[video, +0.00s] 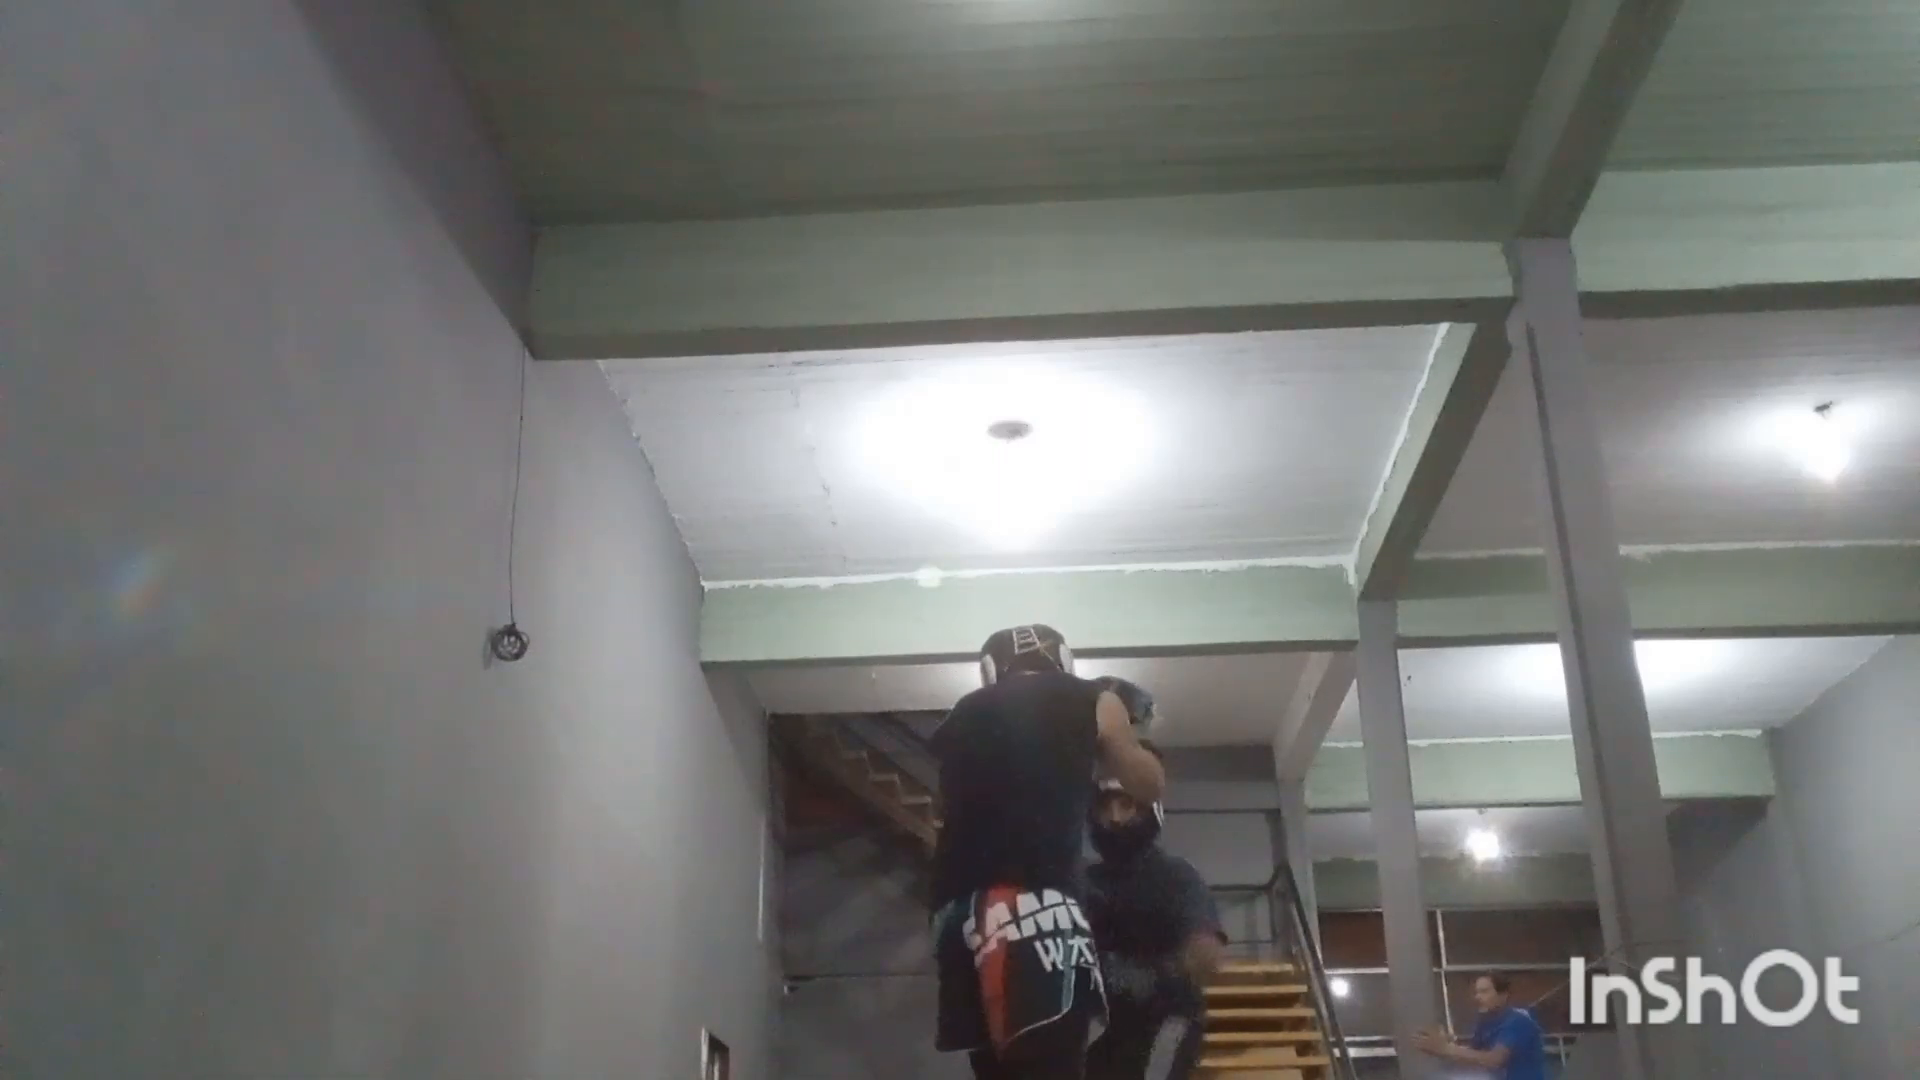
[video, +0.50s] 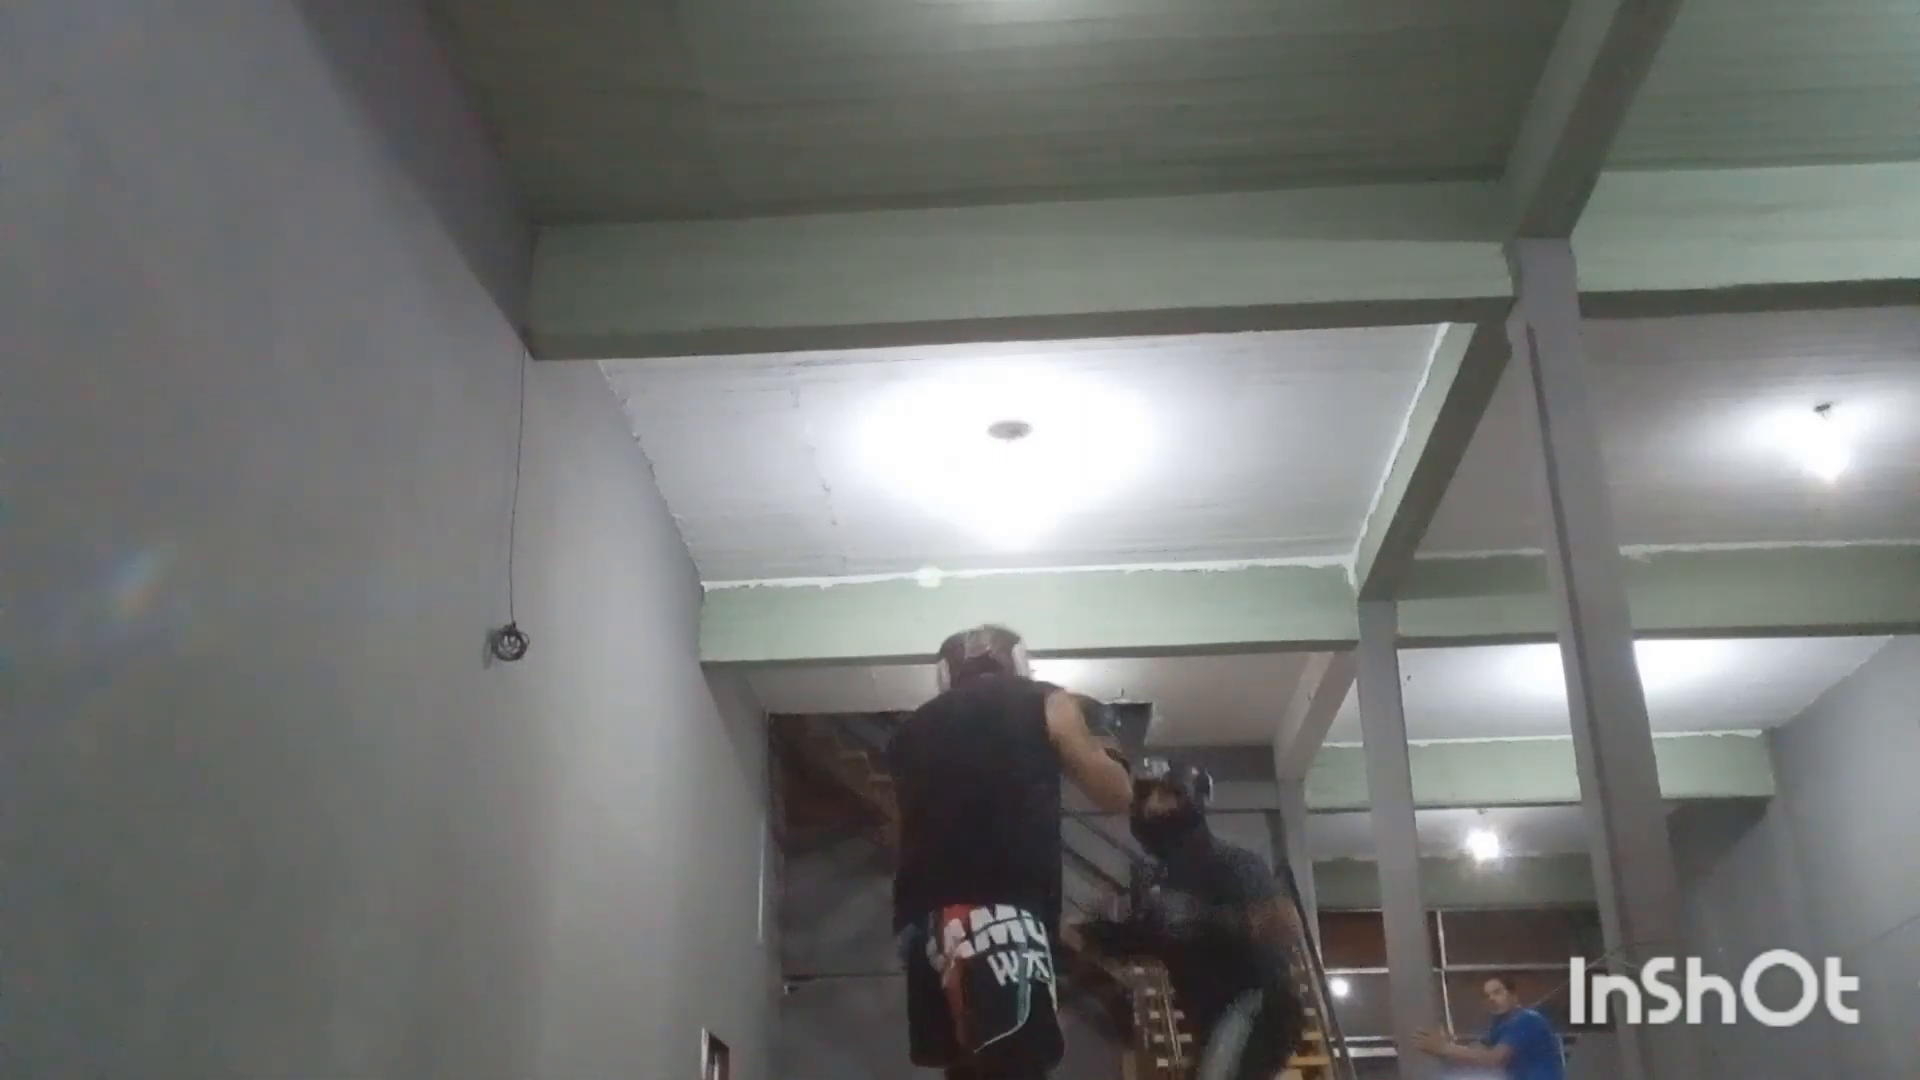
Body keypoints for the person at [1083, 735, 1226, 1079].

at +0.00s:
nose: (1114, 818)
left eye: (1126, 807)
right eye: (1105, 808)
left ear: (1151, 812)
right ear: (1092, 816)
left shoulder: (1176, 875)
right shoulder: (1083, 880)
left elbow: (1207, 951)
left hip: (1166, 1013)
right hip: (1095, 1013)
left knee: (1154, 1070)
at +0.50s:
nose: (1153, 808)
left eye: (1168, 795)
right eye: (1145, 796)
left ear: (1195, 802)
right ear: (1134, 807)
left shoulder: (1240, 866)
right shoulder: (1147, 873)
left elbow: (1282, 932)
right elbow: (1152, 938)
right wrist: (1091, 935)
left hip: (1252, 998)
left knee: (1215, 1069)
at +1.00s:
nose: (1247, 838)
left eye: (1259, 826)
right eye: (1242, 828)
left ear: (1287, 828)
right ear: (1234, 835)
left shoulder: (1327, 878)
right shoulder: (1269, 893)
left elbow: (1401, 928)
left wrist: (1346, 972)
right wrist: (1248, 965)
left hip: (1375, 1022)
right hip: (1327, 1030)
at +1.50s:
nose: (1202, 780)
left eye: (1213, 767)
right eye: (1197, 769)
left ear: (1243, 769)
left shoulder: (1287, 804)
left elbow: (1322, 853)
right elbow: (1184, 907)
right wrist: (1155, 846)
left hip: (1311, 973)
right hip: (1279, 978)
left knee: (1278, 1070)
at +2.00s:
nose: (1179, 729)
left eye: (1187, 718)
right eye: (1180, 721)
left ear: (1211, 716)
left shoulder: (1277, 756)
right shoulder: (1227, 796)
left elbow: (1242, 777)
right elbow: (1154, 842)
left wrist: (1178, 718)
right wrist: (1126, 766)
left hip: (1305, 951)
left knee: (1241, 1069)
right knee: (1321, 1073)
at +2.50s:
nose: (1136, 708)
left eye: (1137, 696)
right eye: (1133, 698)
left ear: (1155, 681)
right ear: (1189, 670)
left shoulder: (1211, 706)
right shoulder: (1190, 756)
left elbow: (1126, 720)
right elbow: (1123, 812)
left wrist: (1086, 671)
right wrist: (1097, 771)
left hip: (1253, 911)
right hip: (1300, 911)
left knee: (1155, 1057)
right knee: (1284, 1069)